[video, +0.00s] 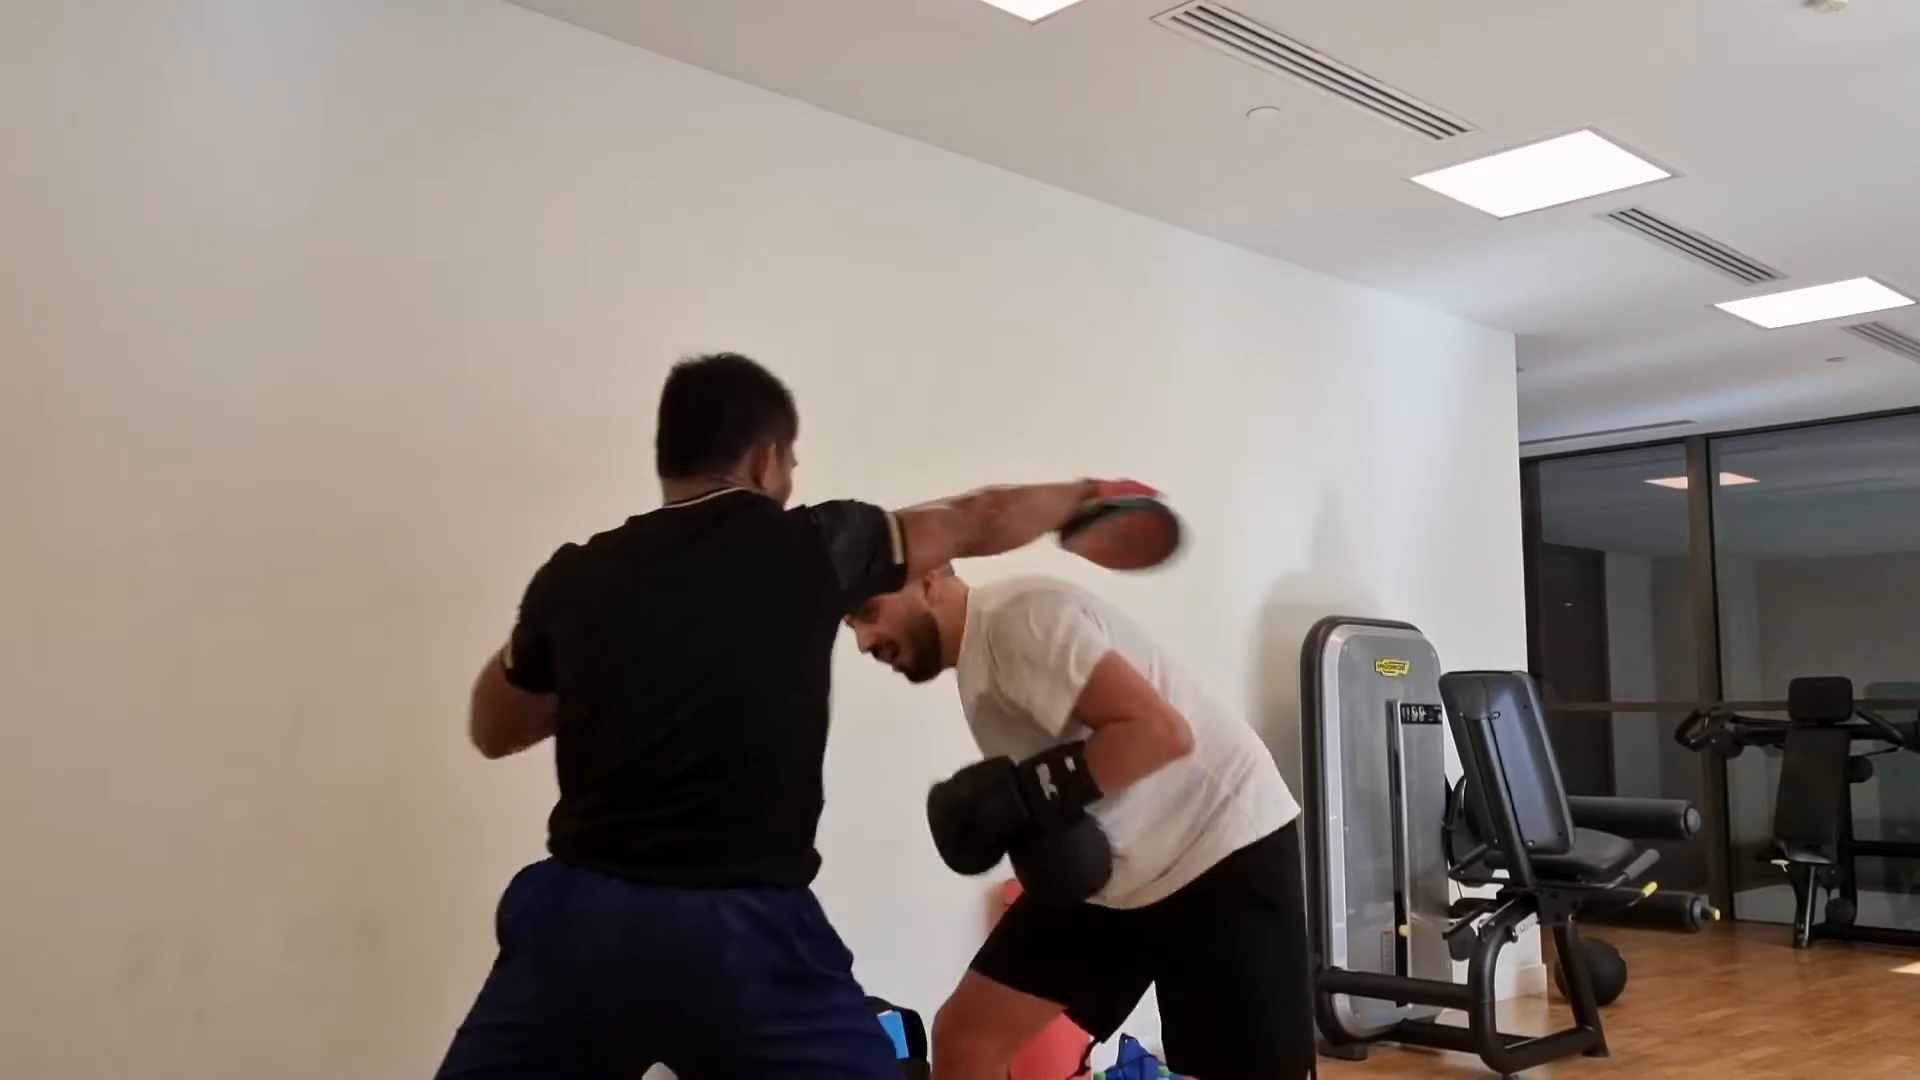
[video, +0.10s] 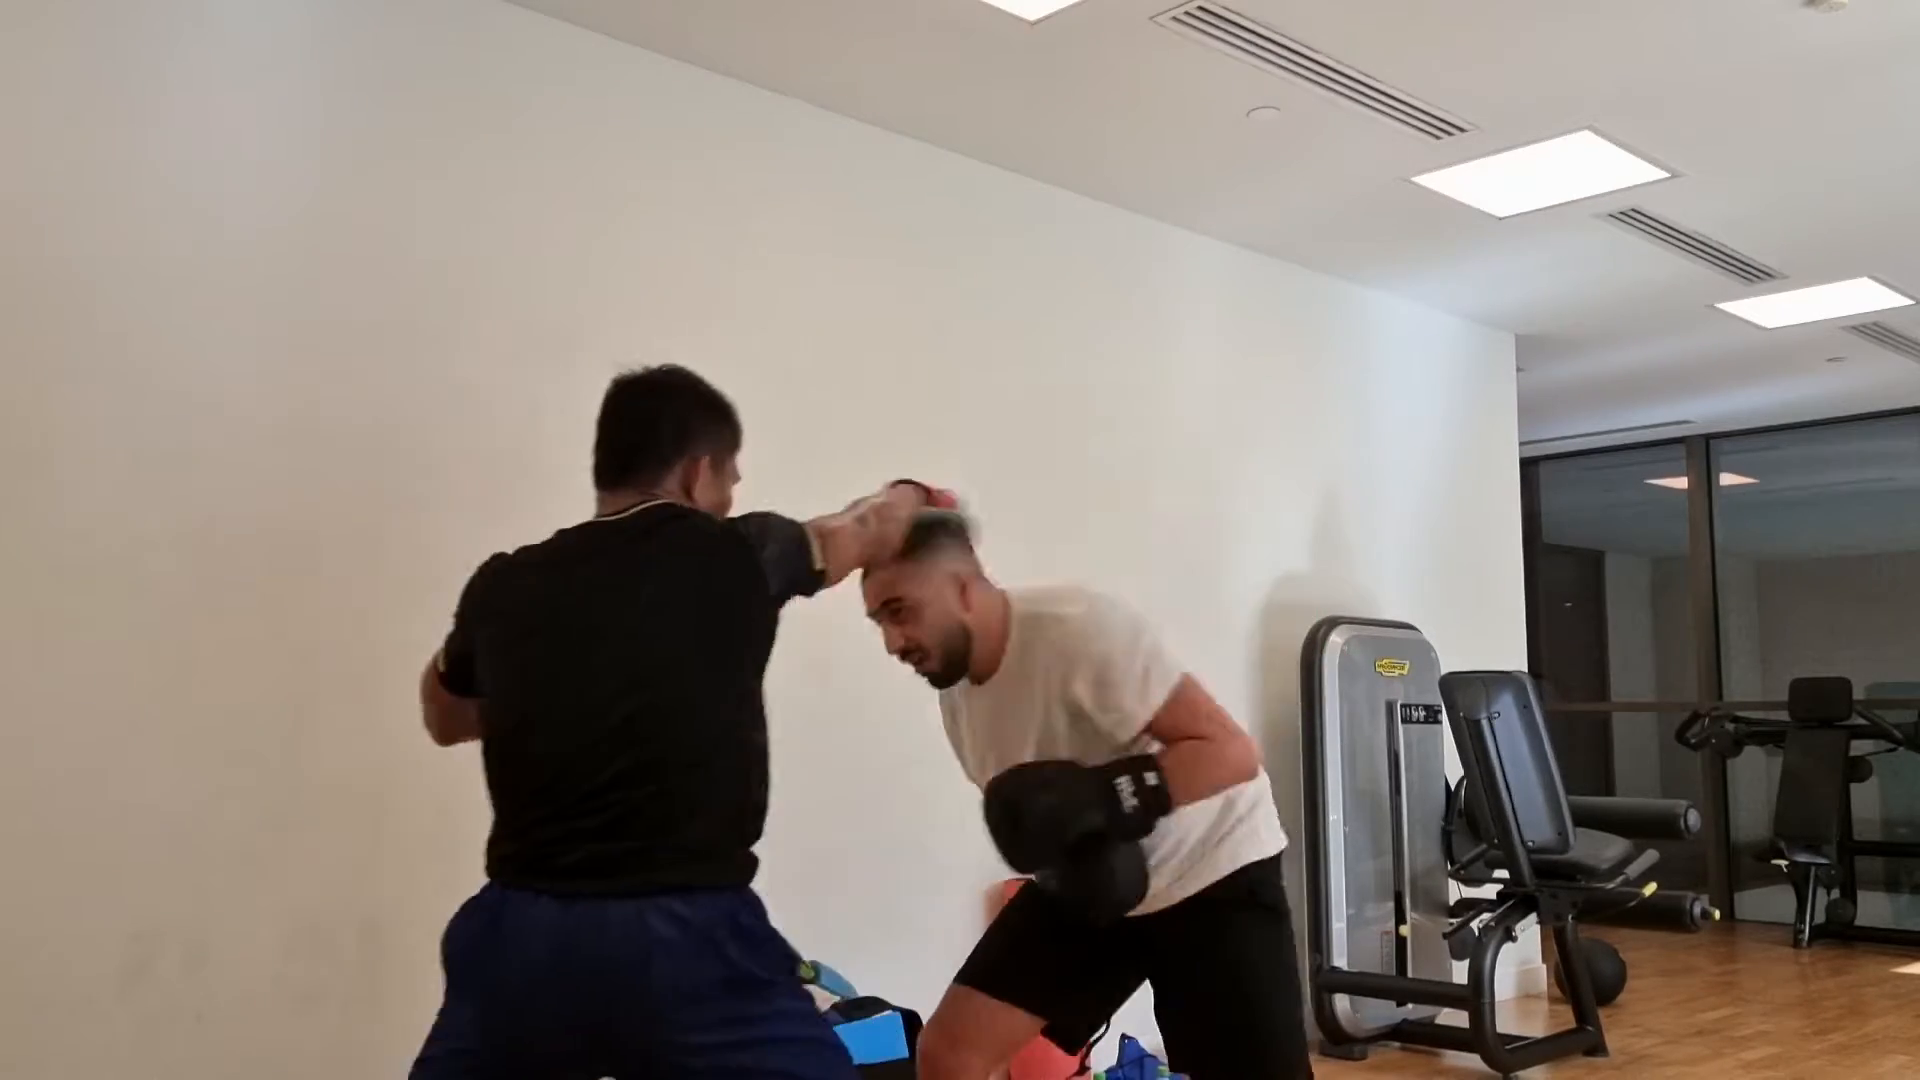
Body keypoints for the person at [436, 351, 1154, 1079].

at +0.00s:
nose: (790, 484)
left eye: (792, 469)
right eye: (792, 467)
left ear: (666, 464)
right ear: (770, 462)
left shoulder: (575, 578)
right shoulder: (809, 545)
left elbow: (494, 729)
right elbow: (975, 521)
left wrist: (602, 661)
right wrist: (1084, 496)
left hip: (572, 934)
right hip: (752, 941)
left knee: (477, 1071)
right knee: (867, 1065)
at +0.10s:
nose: (731, 502)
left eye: (735, 485)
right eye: (731, 482)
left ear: (606, 471)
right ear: (697, 472)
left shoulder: (502, 582)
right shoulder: (736, 550)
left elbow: (444, 719)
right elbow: (859, 535)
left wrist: (557, 681)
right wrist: (910, 494)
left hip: (516, 955)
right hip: (698, 949)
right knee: (821, 1060)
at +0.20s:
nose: (677, 520)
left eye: (682, 501)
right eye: (676, 499)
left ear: (546, 490)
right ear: (635, 490)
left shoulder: (446, 601)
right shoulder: (681, 571)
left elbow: (406, 704)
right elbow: (849, 596)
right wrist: (778, 622)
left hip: (482, 985)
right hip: (660, 975)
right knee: (778, 1057)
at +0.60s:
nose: (798, 493)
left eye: (800, 472)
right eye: (798, 470)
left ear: (671, 461)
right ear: (765, 461)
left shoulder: (583, 578)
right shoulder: (781, 544)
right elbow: (967, 627)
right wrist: (1055, 601)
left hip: (549, 939)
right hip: (713, 945)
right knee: (855, 1059)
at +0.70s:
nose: (761, 484)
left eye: (759, 468)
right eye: (761, 467)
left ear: (634, 466)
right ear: (739, 464)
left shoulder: (537, 585)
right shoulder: (780, 550)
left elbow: (503, 746)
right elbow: (954, 528)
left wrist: (614, 694)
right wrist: (1075, 509)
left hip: (533, 941)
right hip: (719, 946)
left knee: (461, 1060)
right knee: (839, 1059)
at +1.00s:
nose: (650, 521)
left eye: (652, 499)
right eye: (646, 497)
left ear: (518, 495)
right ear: (606, 494)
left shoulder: (417, 607)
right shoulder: (668, 588)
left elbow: (388, 701)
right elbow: (826, 697)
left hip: (464, 993)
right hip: (649, 987)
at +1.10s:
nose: (703, 502)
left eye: (706, 481)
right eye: (701, 480)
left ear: (574, 475)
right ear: (663, 477)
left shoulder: (485, 599)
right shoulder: (697, 567)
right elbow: (856, 697)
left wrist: (563, 542)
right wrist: (874, 675)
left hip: (481, 968)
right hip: (652, 973)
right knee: (795, 1061)